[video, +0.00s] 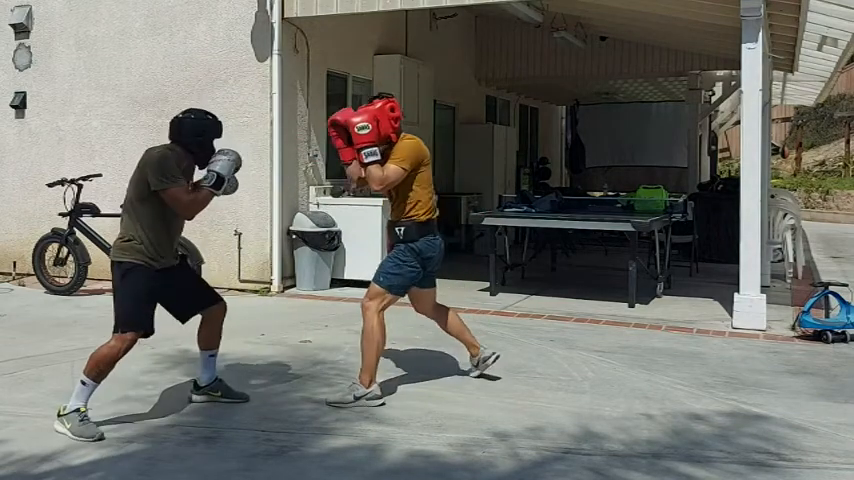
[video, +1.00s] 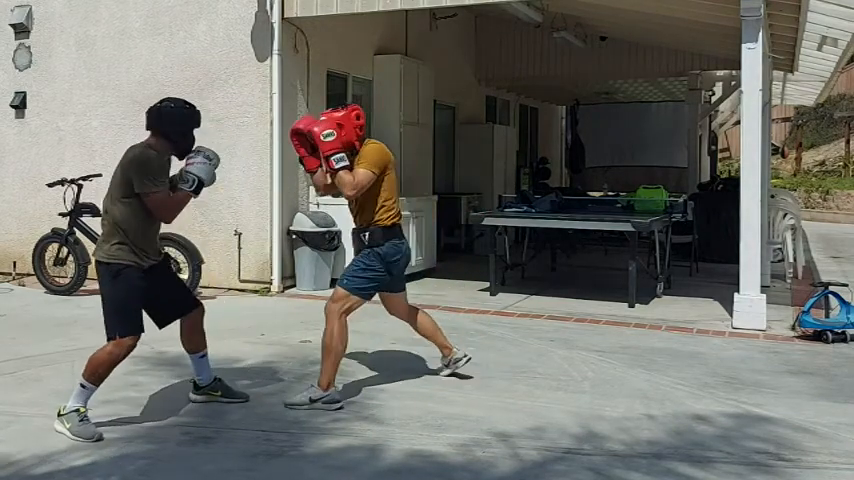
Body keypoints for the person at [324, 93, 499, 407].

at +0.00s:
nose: (371, 130)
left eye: (372, 124)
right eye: (369, 124)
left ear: (383, 123)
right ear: (386, 124)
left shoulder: (410, 145)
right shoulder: (391, 149)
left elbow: (379, 182)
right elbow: (358, 176)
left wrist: (367, 143)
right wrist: (344, 144)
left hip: (415, 243)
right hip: (424, 241)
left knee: (371, 305)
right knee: (426, 305)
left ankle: (366, 385)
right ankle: (478, 352)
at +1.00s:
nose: (333, 137)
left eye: (334, 132)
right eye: (332, 133)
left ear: (347, 131)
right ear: (353, 131)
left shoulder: (374, 150)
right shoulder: (354, 156)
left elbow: (351, 189)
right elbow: (324, 187)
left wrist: (333, 151)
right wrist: (310, 156)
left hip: (380, 249)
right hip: (387, 247)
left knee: (335, 308)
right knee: (400, 308)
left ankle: (325, 389)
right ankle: (452, 355)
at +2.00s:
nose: (344, 128)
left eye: (346, 122)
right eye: (343, 123)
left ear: (361, 120)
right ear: (369, 118)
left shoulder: (378, 144)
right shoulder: (380, 144)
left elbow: (376, 187)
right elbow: (353, 187)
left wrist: (339, 168)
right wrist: (330, 157)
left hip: (383, 244)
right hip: (402, 242)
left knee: (335, 307)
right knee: (416, 310)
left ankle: (326, 391)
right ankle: (458, 374)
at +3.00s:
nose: (358, 115)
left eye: (360, 108)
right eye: (358, 107)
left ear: (373, 105)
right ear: (396, 107)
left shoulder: (366, 139)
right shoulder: (423, 145)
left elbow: (349, 189)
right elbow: (396, 176)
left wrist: (315, 206)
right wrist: (358, 148)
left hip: (381, 250)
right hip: (421, 248)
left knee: (339, 325)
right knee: (430, 331)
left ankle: (309, 399)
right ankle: (457, 410)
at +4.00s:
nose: (247, 130)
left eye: (250, 125)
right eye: (294, 127)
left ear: (255, 128)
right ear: (290, 129)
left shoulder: (231, 152)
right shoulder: (309, 169)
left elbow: (175, 154)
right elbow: (318, 219)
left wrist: (173, 138)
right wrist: (297, 191)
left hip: (234, 276)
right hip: (283, 278)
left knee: (208, 337)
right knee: (334, 344)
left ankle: (165, 413)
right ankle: (368, 425)